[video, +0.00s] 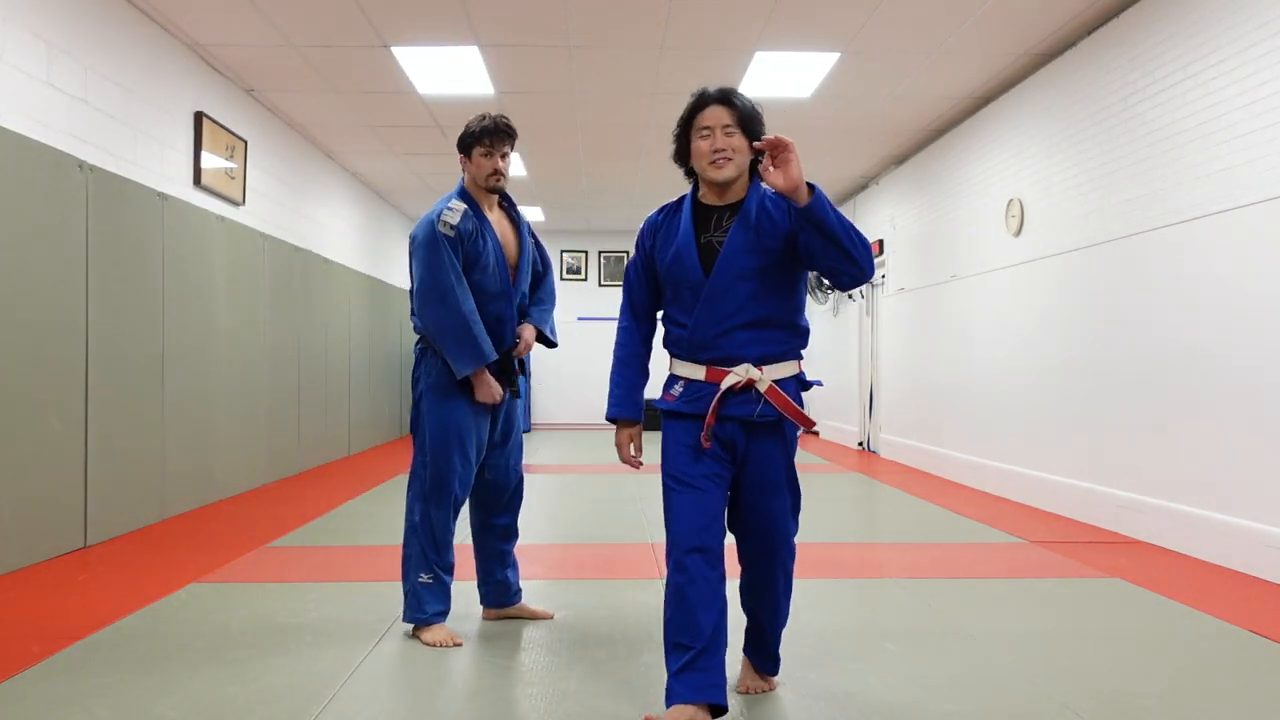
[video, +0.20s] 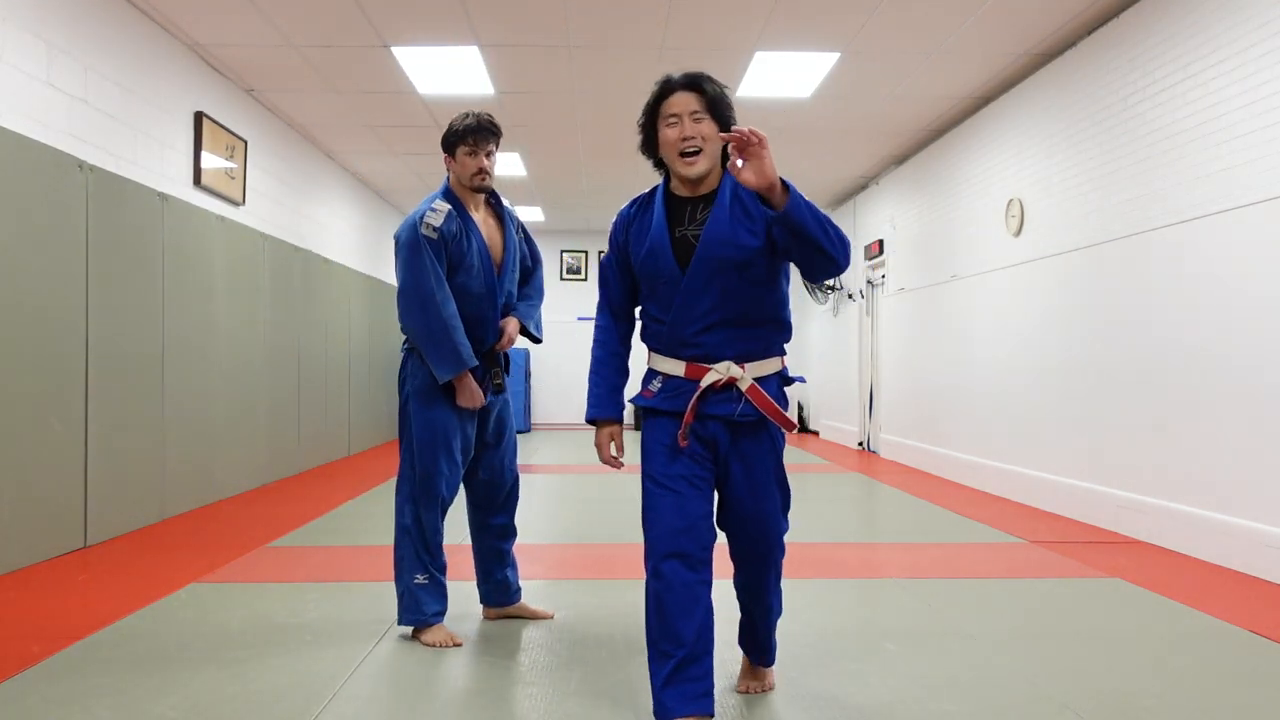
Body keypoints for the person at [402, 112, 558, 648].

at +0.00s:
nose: (499, 164)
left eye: (505, 155)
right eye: (488, 154)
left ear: (511, 161)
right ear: (465, 159)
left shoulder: (516, 222)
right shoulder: (441, 225)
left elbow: (543, 284)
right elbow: (445, 309)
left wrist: (533, 324)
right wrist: (478, 371)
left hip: (506, 374)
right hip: (451, 376)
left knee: (500, 491)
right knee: (439, 495)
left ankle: (500, 598)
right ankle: (424, 614)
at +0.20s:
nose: (483, 163)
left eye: (490, 153)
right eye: (473, 153)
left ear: (496, 159)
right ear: (448, 158)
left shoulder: (507, 219)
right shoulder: (426, 226)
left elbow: (533, 276)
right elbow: (426, 309)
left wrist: (519, 317)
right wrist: (459, 373)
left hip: (492, 374)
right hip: (437, 377)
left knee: (495, 492)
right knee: (428, 496)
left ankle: (500, 598)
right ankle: (422, 616)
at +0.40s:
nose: (473, 160)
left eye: (480, 151)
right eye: (461, 150)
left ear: (487, 158)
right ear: (437, 156)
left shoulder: (501, 217)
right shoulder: (414, 225)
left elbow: (529, 266)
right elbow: (412, 308)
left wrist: (509, 306)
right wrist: (450, 372)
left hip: (483, 370)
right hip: (426, 373)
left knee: (492, 488)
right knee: (422, 496)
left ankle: (500, 598)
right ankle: (421, 617)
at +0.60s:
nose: (469, 158)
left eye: (476, 149)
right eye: (458, 148)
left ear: (483, 157)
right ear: (435, 154)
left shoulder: (496, 220)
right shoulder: (406, 223)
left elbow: (523, 279)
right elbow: (386, 303)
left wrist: (502, 315)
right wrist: (431, 364)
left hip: (482, 376)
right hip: (423, 380)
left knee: (492, 491)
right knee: (422, 497)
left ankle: (500, 597)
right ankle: (421, 616)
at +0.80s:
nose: (471, 155)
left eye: (478, 148)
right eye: (460, 146)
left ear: (485, 158)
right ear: (435, 153)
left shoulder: (498, 221)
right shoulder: (404, 215)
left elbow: (521, 290)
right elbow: (353, 287)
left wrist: (498, 323)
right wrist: (403, 336)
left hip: (484, 374)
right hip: (427, 376)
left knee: (493, 489)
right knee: (425, 496)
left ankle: (499, 598)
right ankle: (422, 616)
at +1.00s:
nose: (477, 155)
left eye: (484, 148)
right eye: (467, 145)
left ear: (490, 159)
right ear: (442, 151)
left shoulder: (503, 225)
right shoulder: (406, 212)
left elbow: (520, 298)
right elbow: (349, 281)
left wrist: (501, 352)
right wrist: (398, 325)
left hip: (487, 370)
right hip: (428, 369)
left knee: (498, 487)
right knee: (427, 491)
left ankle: (500, 598)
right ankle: (423, 615)